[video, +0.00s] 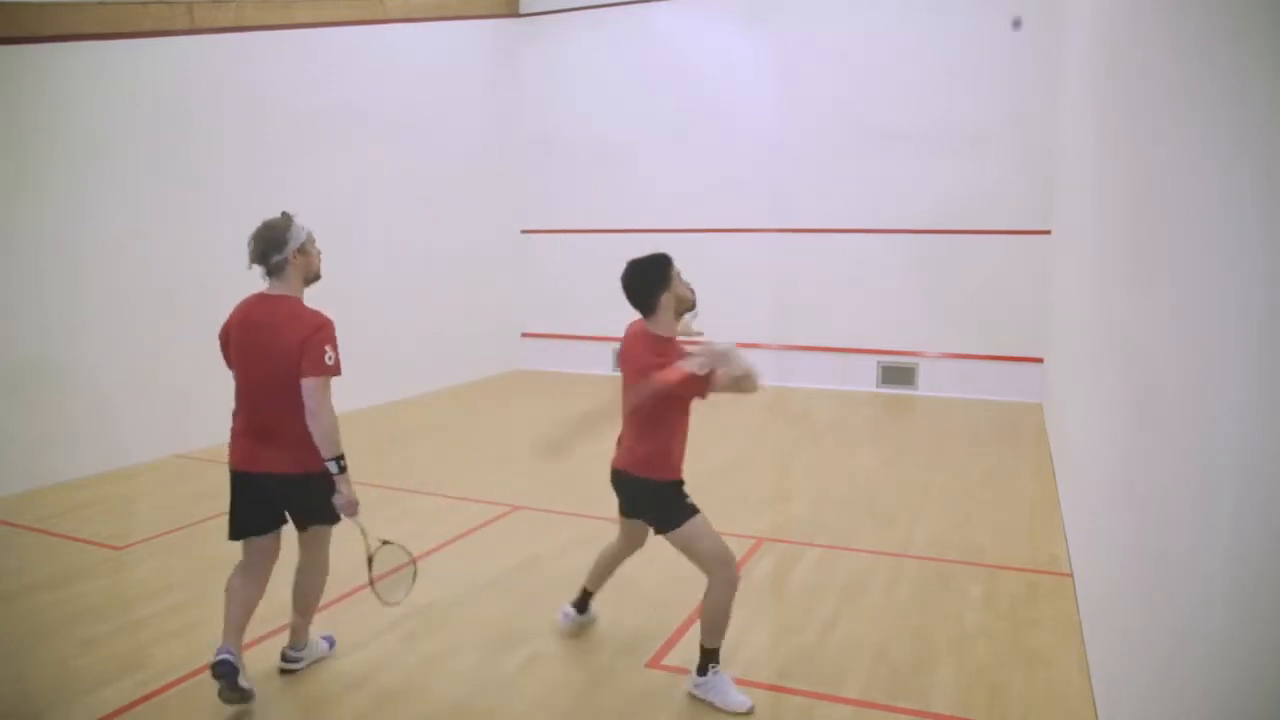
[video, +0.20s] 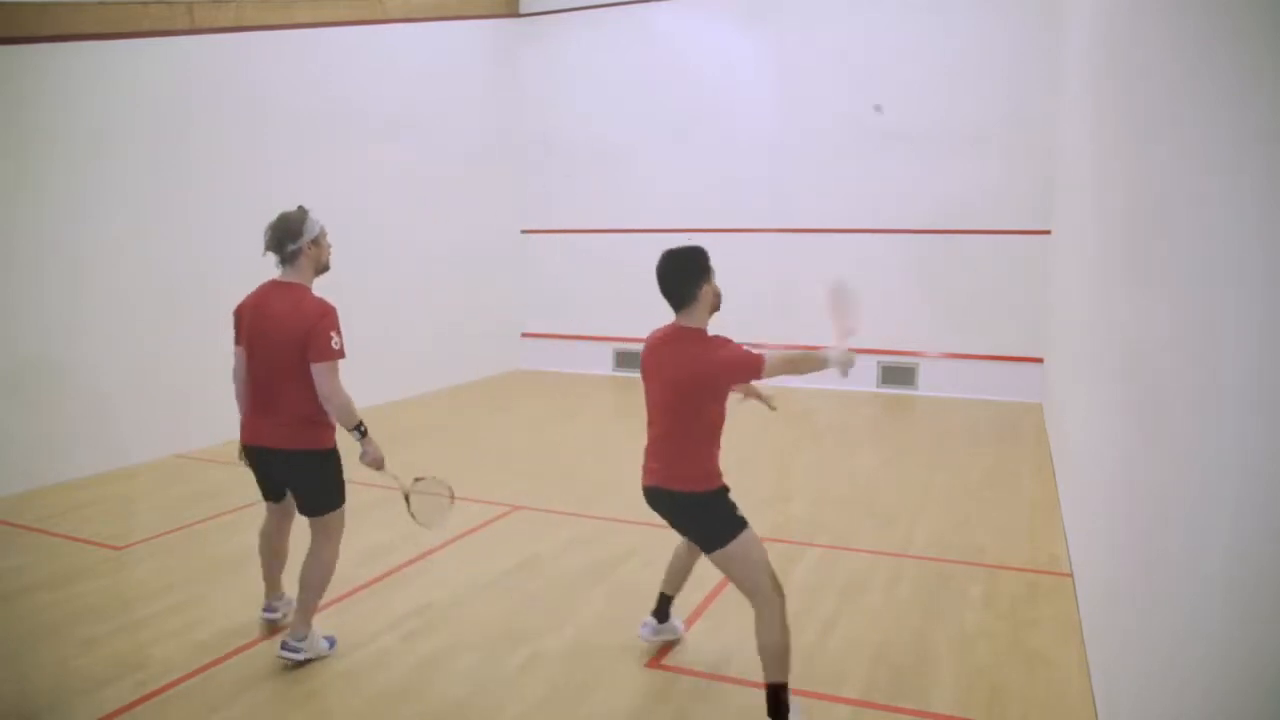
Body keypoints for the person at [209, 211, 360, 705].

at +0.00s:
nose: (319, 255)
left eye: (315, 247)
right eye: (313, 249)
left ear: (269, 262)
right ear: (295, 258)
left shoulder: (240, 316)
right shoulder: (313, 325)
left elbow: (238, 369)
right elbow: (317, 407)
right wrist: (340, 475)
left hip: (250, 467)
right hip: (304, 467)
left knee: (257, 555)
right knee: (314, 549)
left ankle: (228, 652)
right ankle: (298, 645)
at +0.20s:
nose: (330, 247)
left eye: (327, 240)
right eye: (324, 241)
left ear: (286, 252)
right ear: (307, 250)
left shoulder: (249, 306)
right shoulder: (319, 312)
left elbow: (241, 378)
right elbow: (328, 389)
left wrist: (249, 433)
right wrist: (364, 436)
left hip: (259, 444)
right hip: (308, 448)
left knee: (279, 511)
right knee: (327, 532)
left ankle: (273, 599)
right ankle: (300, 634)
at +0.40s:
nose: (336, 265)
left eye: (332, 257)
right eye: (331, 259)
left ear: (294, 270)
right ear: (319, 267)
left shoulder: (264, 316)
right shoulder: (320, 326)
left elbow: (237, 376)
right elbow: (329, 396)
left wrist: (233, 432)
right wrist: (371, 436)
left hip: (260, 443)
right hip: (304, 446)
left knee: (297, 501)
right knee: (368, 508)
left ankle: (279, 589)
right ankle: (345, 608)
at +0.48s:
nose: (340, 270)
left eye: (337, 263)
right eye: (336, 265)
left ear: (295, 275)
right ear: (328, 272)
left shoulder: (266, 319)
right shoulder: (330, 331)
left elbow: (237, 377)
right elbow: (343, 406)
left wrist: (235, 431)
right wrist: (374, 447)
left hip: (258, 444)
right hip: (304, 448)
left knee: (297, 497)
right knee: (360, 518)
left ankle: (279, 585)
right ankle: (355, 620)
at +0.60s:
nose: (326, 271)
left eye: (322, 265)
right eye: (323, 266)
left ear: (284, 276)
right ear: (318, 273)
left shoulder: (255, 319)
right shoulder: (329, 330)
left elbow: (221, 375)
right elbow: (349, 399)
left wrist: (218, 429)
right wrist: (372, 436)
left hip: (252, 443)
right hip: (303, 446)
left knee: (281, 488)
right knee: (359, 517)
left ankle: (265, 578)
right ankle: (355, 621)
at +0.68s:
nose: (306, 259)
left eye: (301, 253)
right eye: (304, 253)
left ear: (264, 263)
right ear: (298, 259)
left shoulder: (235, 306)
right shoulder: (315, 314)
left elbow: (202, 359)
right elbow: (341, 382)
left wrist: (202, 415)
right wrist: (356, 412)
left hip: (245, 432)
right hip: (296, 431)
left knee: (265, 494)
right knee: (335, 512)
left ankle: (261, 586)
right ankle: (350, 608)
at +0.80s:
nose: (277, 240)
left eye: (273, 235)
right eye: (275, 236)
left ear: (234, 246)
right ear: (272, 242)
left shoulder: (209, 290)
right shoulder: (295, 292)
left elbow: (185, 348)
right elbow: (323, 358)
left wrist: (180, 399)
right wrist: (319, 383)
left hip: (230, 415)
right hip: (282, 412)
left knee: (243, 487)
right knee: (298, 493)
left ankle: (252, 574)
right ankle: (298, 586)